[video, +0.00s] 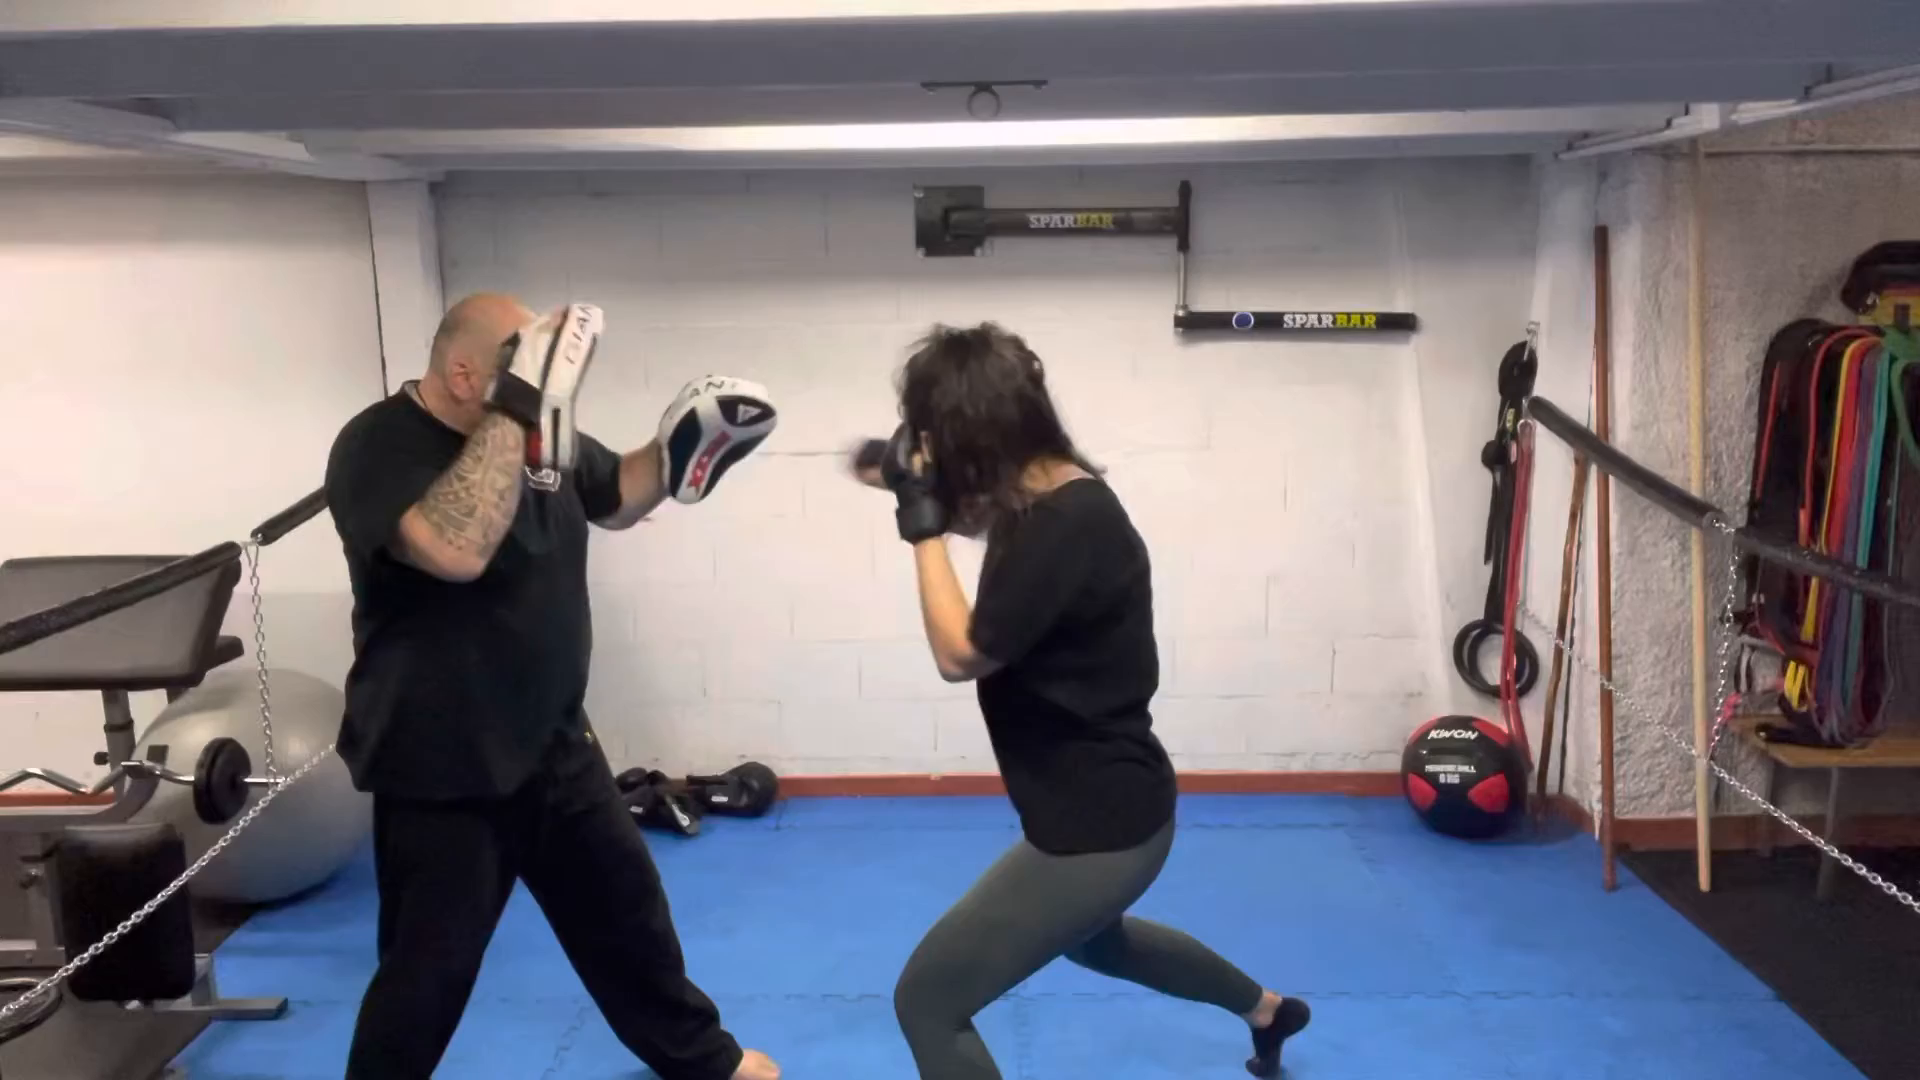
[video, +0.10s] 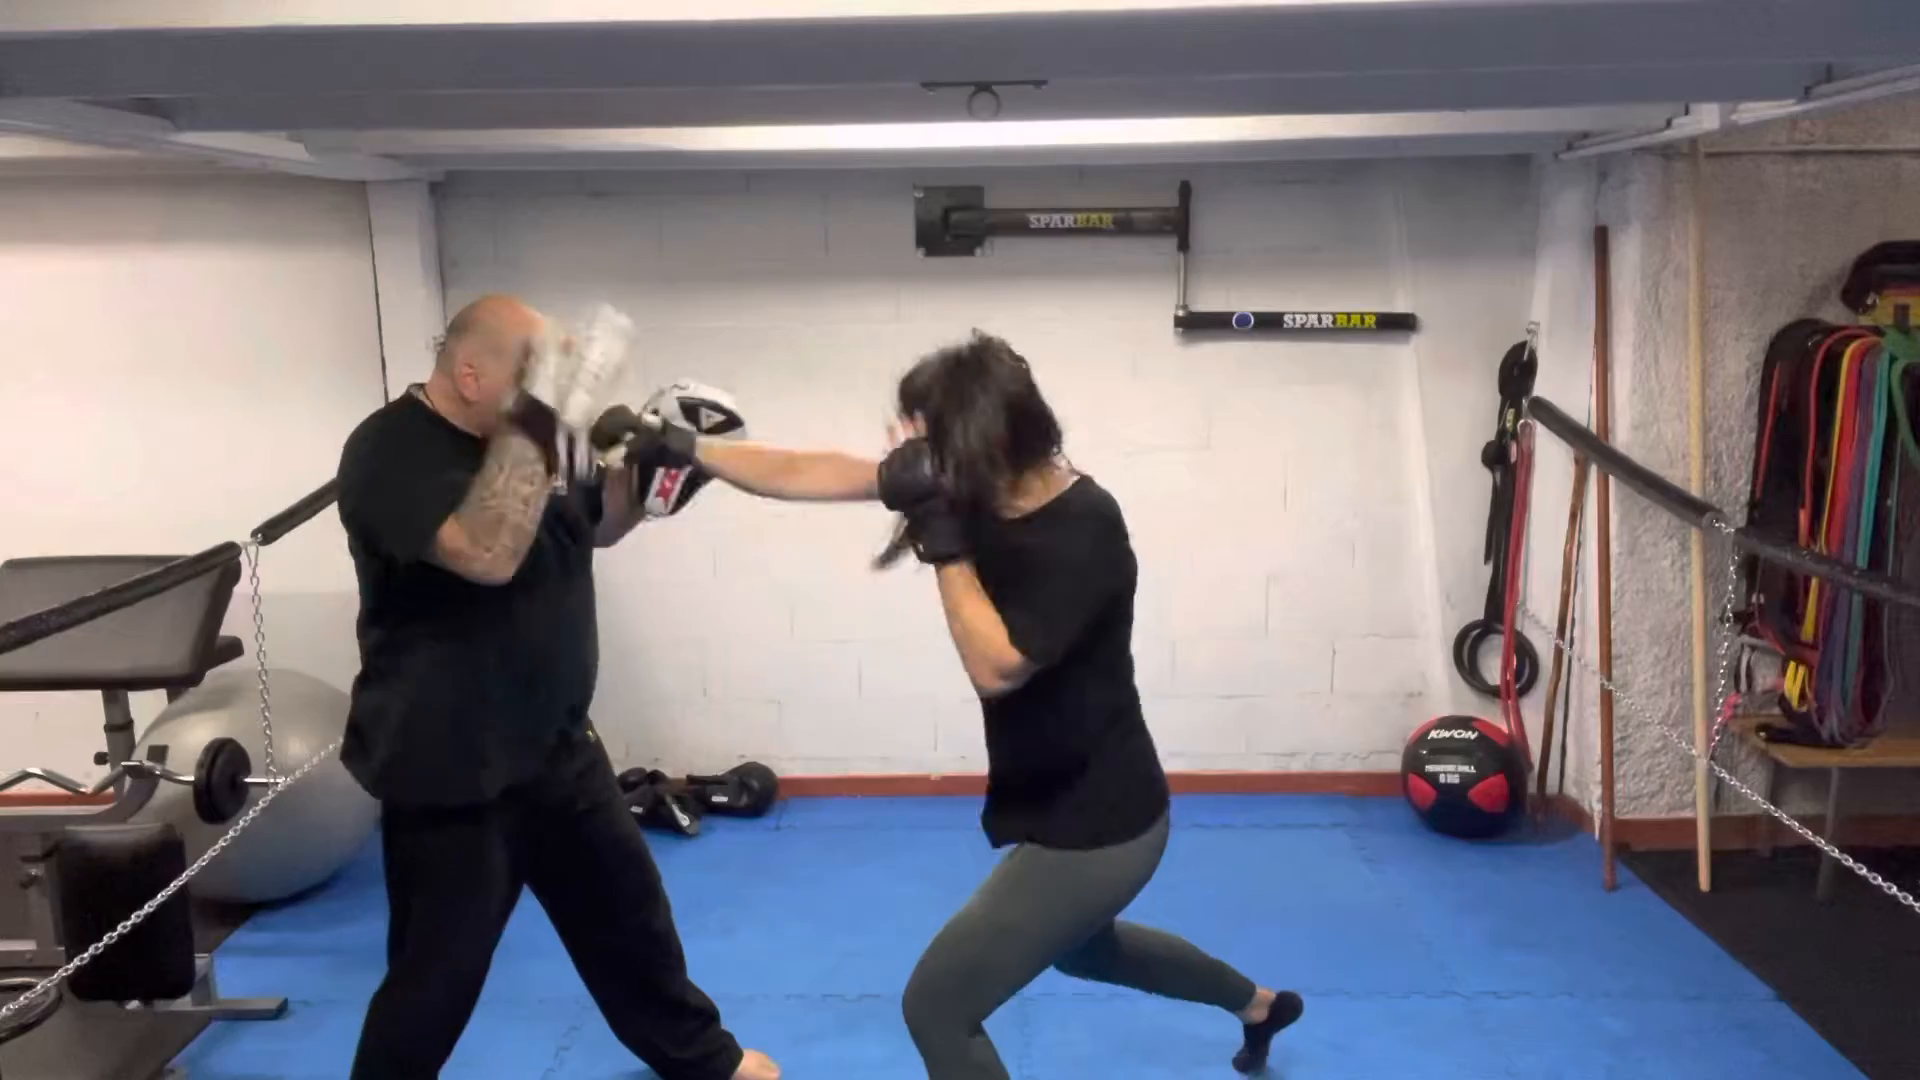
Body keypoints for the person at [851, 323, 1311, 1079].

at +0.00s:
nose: (921, 452)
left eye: (925, 436)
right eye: (917, 437)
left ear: (968, 439)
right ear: (1017, 417)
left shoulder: (1059, 528)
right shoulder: (1063, 492)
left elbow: (957, 656)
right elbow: (984, 501)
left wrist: (924, 521)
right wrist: (906, 472)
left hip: (1096, 838)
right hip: (1114, 814)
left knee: (926, 1004)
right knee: (1095, 939)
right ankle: (1265, 1008)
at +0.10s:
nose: (907, 451)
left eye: (918, 438)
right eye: (907, 438)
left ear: (975, 440)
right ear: (990, 433)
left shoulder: (1084, 533)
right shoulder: (980, 494)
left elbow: (995, 666)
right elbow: (820, 475)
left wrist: (940, 535)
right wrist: (690, 448)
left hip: (1103, 829)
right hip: (1050, 810)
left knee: (937, 1009)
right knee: (1085, 948)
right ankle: (1256, 1004)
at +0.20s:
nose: (907, 452)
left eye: (920, 436)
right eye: (908, 434)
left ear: (978, 433)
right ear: (969, 434)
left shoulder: (1084, 520)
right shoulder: (971, 495)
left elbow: (1014, 675)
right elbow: (819, 511)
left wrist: (936, 555)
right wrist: (693, 477)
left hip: (1105, 820)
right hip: (1043, 810)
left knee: (947, 1003)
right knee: (1083, 944)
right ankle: (1232, 994)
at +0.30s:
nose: (925, 428)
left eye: (932, 410)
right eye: (926, 410)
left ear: (970, 421)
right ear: (1018, 409)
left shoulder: (1089, 515)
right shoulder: (1000, 495)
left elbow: (1020, 673)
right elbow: (900, 576)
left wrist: (919, 558)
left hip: (1112, 807)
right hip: (1055, 800)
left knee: (952, 995)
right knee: (1065, 922)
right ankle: (1196, 1012)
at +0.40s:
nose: (954, 428)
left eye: (961, 410)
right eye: (953, 409)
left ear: (1002, 415)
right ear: (1035, 404)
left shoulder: (1098, 504)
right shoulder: (1041, 490)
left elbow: (1034, 657)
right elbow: (1004, 605)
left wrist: (926, 551)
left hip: (1123, 801)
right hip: (1075, 790)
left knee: (967, 983)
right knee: (1084, 915)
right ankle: (1208, 1028)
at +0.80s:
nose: (1015, 462)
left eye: (1024, 446)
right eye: (1010, 445)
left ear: (1069, 434)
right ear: (1084, 424)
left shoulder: (1141, 478)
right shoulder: (1105, 471)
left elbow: (1010, 558)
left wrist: (963, 458)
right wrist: (965, 451)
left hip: (1184, 792)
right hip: (1131, 767)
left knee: (1100, 1014)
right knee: (1070, 863)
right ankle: (1203, 987)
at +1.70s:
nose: (991, 536)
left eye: (988, 528)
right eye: (980, 531)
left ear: (998, 498)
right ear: (1016, 454)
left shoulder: (1084, 513)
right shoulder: (1080, 482)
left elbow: (1025, 651)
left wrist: (965, 556)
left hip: (1213, 765)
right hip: (1163, 745)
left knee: (1133, 983)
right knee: (1093, 839)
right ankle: (1135, 982)